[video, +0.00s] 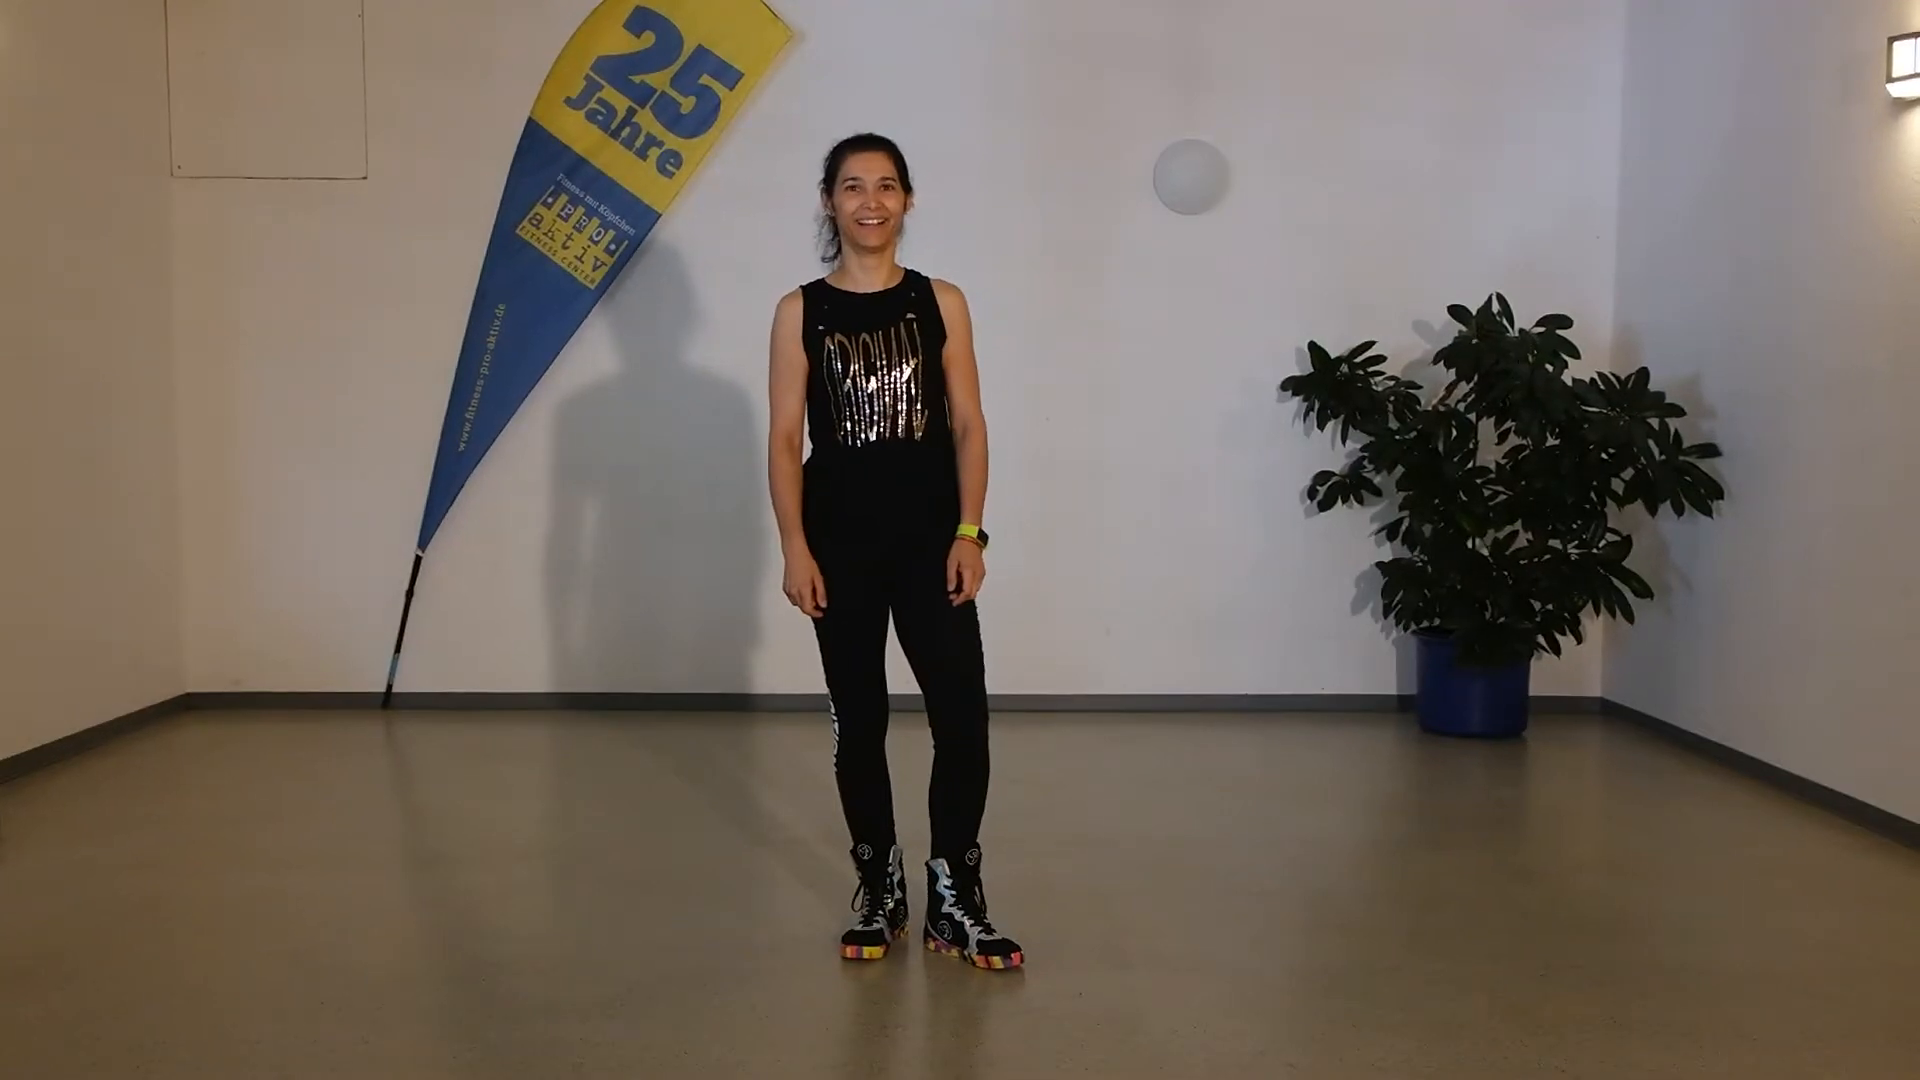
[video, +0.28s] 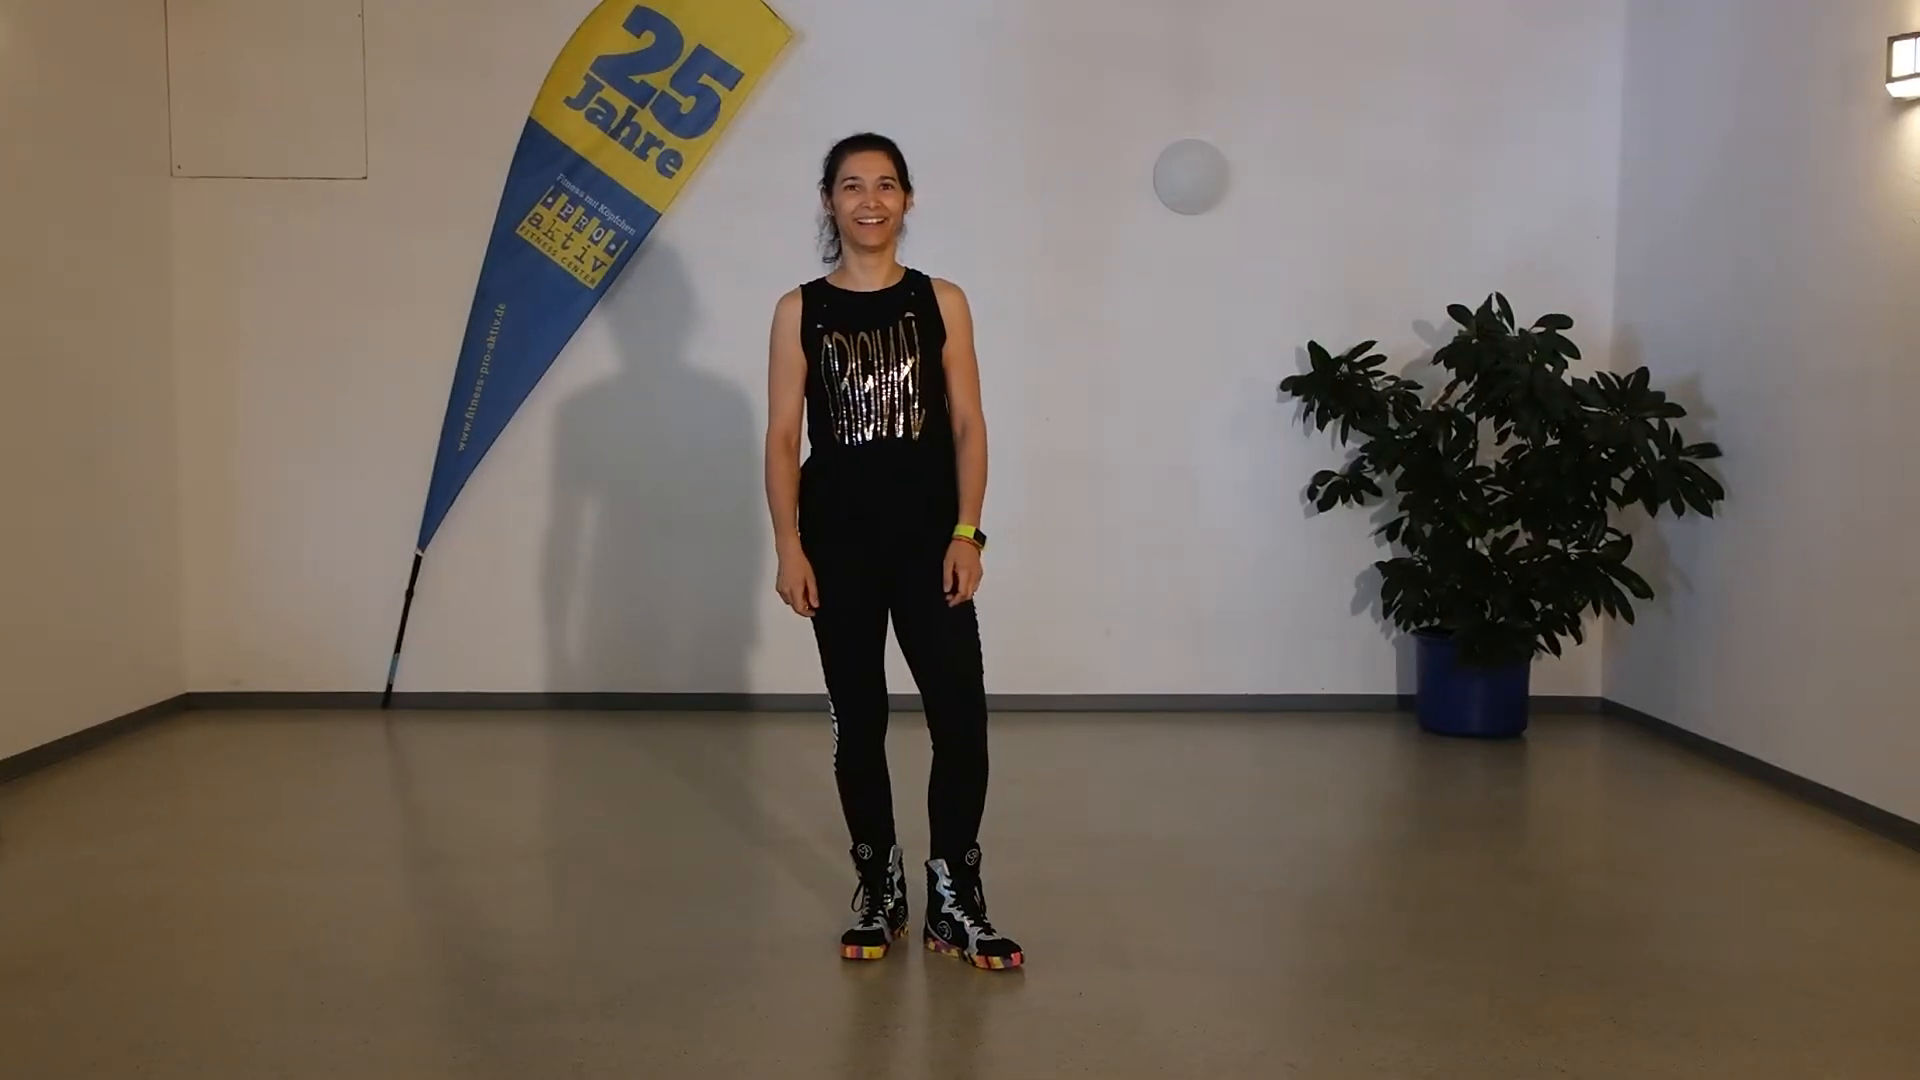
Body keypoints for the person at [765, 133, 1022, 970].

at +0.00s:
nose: (871, 200)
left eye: (885, 187)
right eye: (854, 188)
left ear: (907, 203)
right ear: (830, 204)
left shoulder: (942, 303)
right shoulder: (801, 311)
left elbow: (968, 425)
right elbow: (785, 440)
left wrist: (971, 530)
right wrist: (795, 547)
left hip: (930, 539)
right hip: (839, 543)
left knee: (963, 719)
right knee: (860, 721)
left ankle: (954, 899)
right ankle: (878, 891)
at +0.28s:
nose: (870, 199)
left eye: (884, 186)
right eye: (854, 187)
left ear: (906, 202)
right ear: (829, 203)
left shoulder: (942, 303)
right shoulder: (800, 310)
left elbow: (968, 426)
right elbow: (783, 438)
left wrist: (969, 530)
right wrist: (788, 544)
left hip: (928, 540)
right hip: (837, 543)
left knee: (961, 719)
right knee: (860, 721)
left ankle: (954, 897)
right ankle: (879, 892)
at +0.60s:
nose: (873, 204)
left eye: (888, 191)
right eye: (857, 190)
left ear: (909, 206)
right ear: (833, 203)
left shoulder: (940, 301)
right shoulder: (800, 308)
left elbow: (1012, 396)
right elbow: (778, 434)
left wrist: (983, 485)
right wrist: (786, 540)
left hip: (927, 537)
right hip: (835, 538)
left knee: (963, 716)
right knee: (859, 720)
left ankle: (953, 899)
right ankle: (878, 890)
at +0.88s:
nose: (880, 202)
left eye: (896, 189)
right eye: (864, 188)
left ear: (917, 206)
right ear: (840, 202)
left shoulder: (943, 295)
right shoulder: (804, 307)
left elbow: (1030, 321)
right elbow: (783, 428)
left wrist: (1004, 216)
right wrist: (781, 533)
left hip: (927, 543)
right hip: (833, 544)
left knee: (958, 722)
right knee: (856, 723)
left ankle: (959, 899)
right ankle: (877, 890)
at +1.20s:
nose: (880, 198)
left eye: (895, 187)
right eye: (865, 185)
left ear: (916, 207)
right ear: (841, 202)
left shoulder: (945, 297)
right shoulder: (805, 307)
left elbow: (1046, 327)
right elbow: (783, 430)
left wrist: (1018, 234)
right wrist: (779, 539)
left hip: (928, 541)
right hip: (834, 543)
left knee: (958, 720)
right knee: (857, 723)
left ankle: (965, 899)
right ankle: (878, 891)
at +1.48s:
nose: (891, 200)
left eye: (907, 189)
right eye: (876, 185)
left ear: (924, 211)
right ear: (848, 201)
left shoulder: (945, 300)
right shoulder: (807, 304)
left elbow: (1042, 336)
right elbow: (781, 428)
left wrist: (1023, 244)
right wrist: (781, 539)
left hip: (931, 543)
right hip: (837, 544)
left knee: (967, 721)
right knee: (858, 723)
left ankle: (959, 902)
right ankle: (878, 893)